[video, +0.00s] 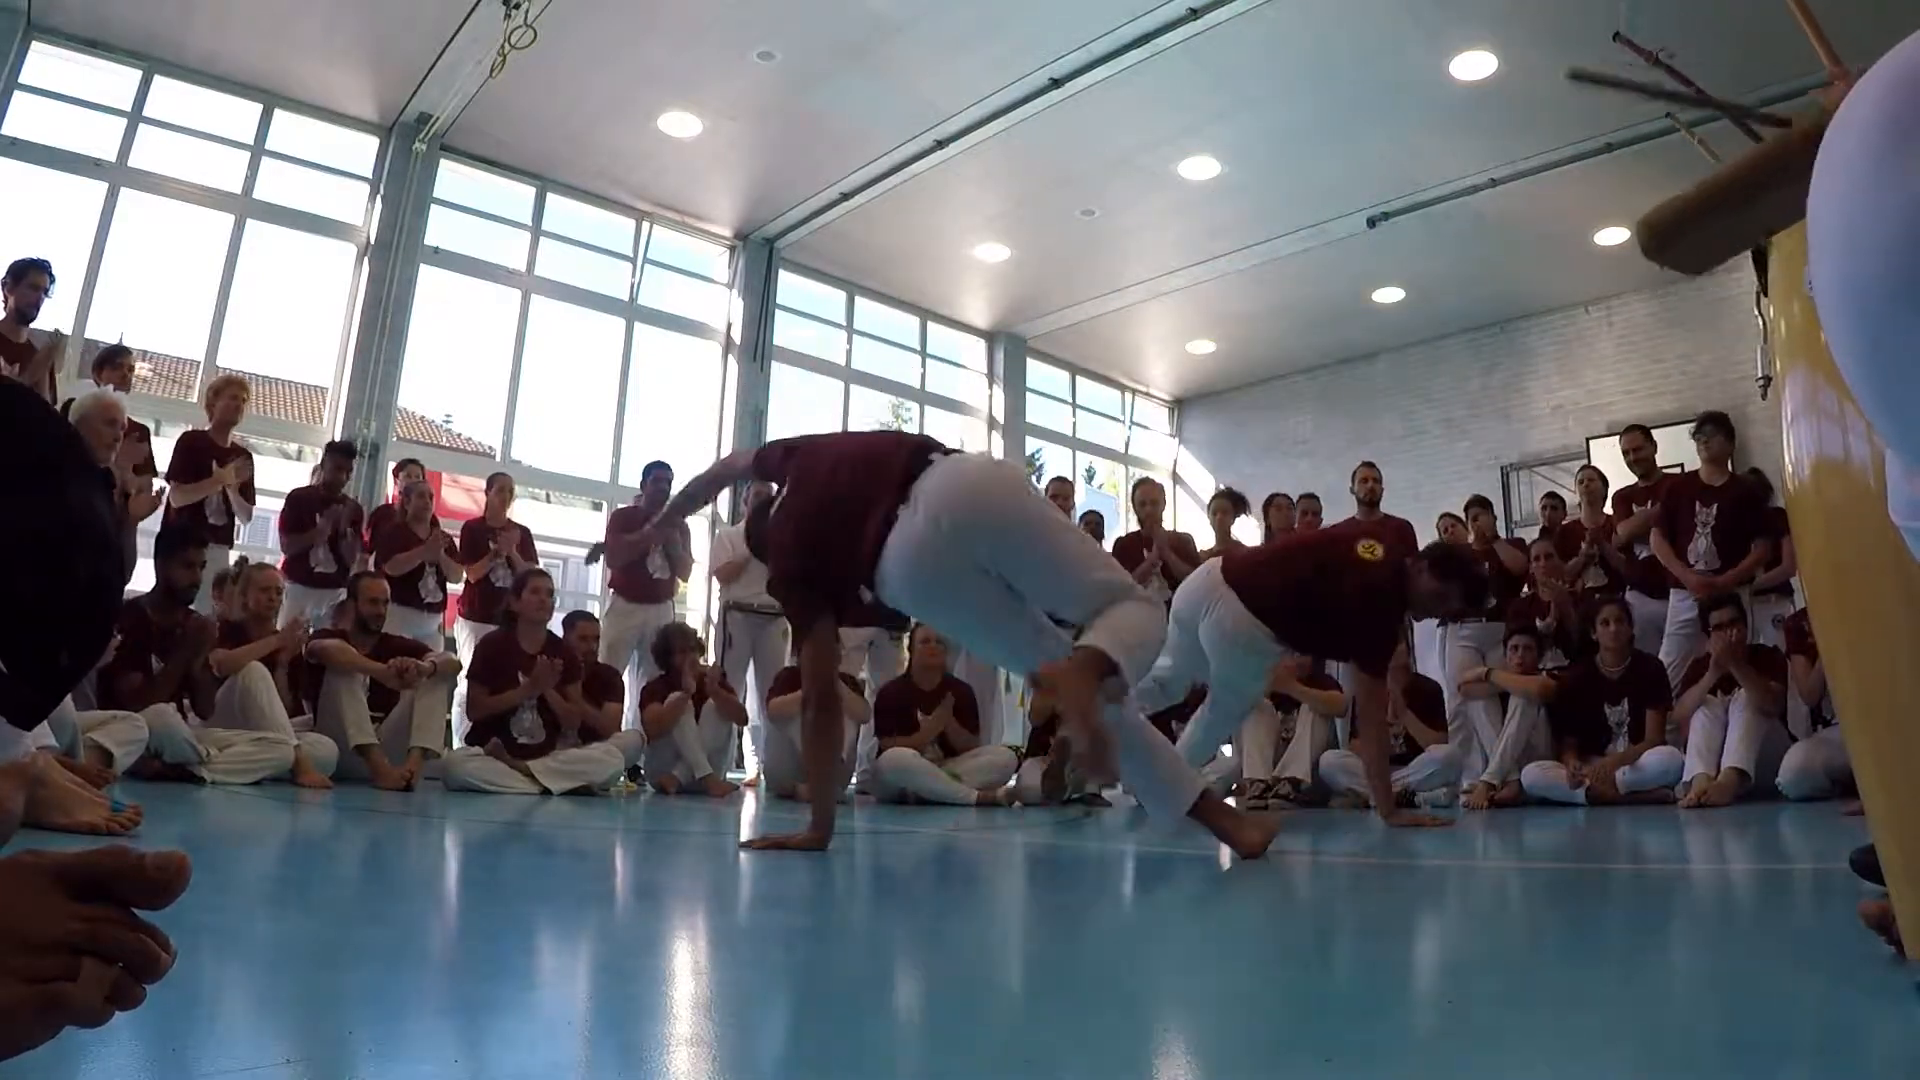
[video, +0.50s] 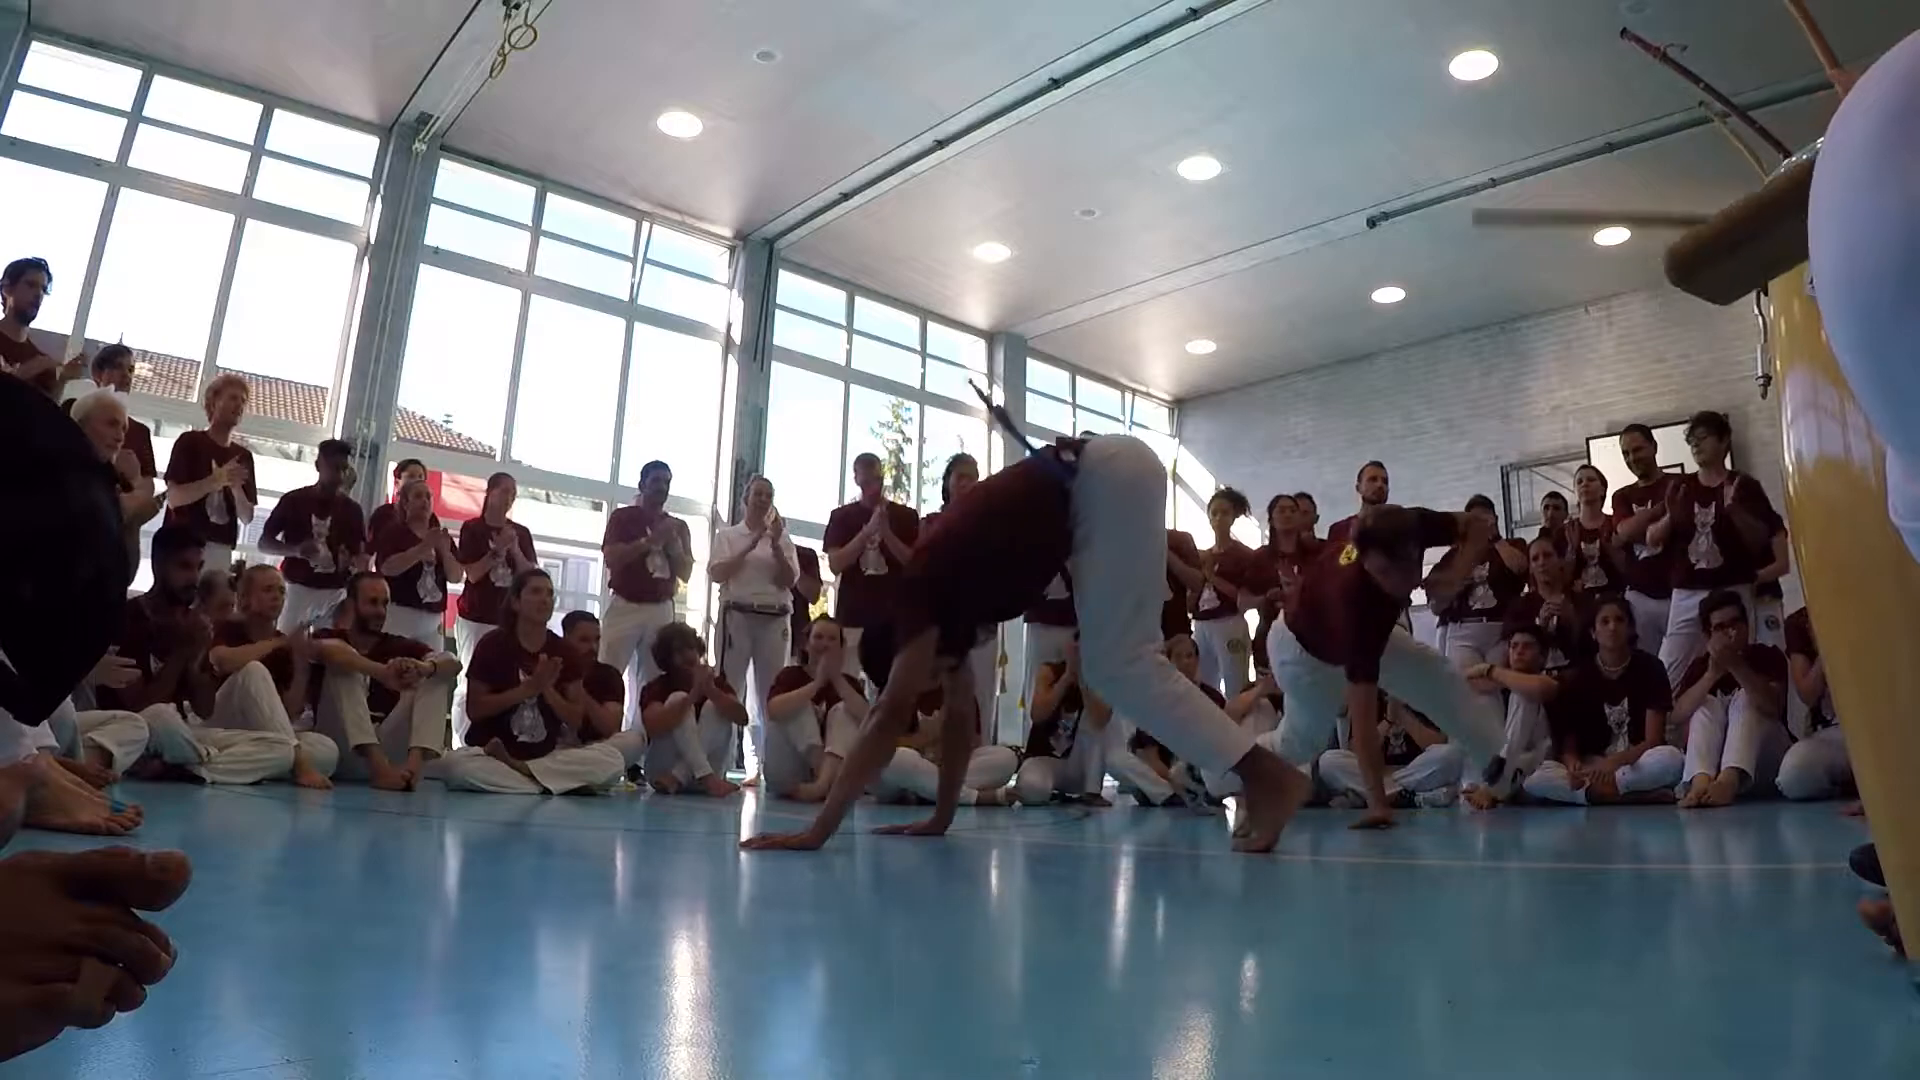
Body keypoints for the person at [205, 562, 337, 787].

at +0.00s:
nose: (273, 598)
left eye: (278, 592)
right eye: (264, 590)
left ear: (283, 597)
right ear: (245, 595)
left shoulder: (289, 645)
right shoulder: (226, 630)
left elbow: (290, 712)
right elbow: (220, 665)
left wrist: (282, 665)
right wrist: (279, 640)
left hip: (273, 734)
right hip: (225, 726)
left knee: (326, 752)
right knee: (253, 671)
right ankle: (300, 763)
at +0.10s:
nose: (273, 597)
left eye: (278, 591)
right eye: (264, 590)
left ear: (283, 597)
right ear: (244, 596)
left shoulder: (285, 644)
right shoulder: (225, 630)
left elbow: (288, 709)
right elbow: (221, 666)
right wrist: (280, 636)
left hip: (272, 733)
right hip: (224, 726)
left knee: (326, 752)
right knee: (253, 671)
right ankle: (300, 763)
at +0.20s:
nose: (275, 597)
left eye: (279, 591)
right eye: (266, 590)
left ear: (283, 596)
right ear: (245, 596)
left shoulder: (289, 648)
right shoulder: (227, 631)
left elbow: (284, 709)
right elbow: (221, 666)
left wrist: (294, 665)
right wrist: (278, 638)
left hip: (269, 733)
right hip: (223, 726)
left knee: (326, 751)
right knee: (253, 671)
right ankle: (299, 762)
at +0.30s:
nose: (275, 596)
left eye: (279, 590)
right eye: (266, 589)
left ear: (283, 597)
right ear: (245, 596)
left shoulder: (286, 644)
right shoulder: (226, 631)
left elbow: (285, 706)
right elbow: (221, 662)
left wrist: (296, 660)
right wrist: (282, 648)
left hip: (270, 735)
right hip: (224, 730)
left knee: (327, 751)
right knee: (253, 672)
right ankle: (299, 762)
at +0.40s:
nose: (275, 596)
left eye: (279, 590)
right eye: (267, 589)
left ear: (284, 597)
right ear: (244, 597)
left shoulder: (286, 643)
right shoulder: (226, 630)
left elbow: (285, 705)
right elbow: (221, 662)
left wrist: (296, 659)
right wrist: (282, 648)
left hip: (269, 734)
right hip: (223, 728)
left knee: (327, 751)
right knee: (253, 672)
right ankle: (298, 761)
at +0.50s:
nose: (276, 597)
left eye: (280, 591)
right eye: (268, 590)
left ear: (285, 597)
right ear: (244, 599)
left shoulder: (286, 645)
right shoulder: (226, 629)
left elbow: (291, 711)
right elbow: (222, 662)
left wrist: (301, 660)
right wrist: (281, 642)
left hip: (268, 733)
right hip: (222, 725)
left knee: (327, 751)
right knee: (253, 671)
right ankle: (298, 761)